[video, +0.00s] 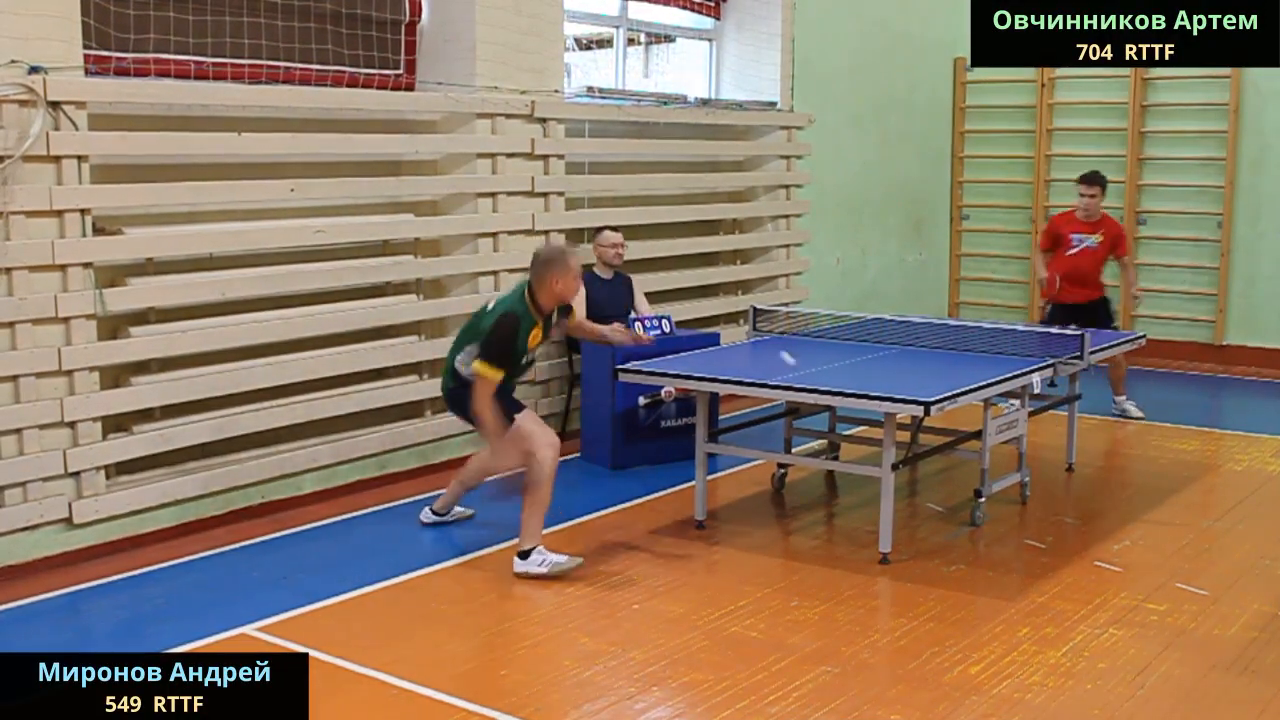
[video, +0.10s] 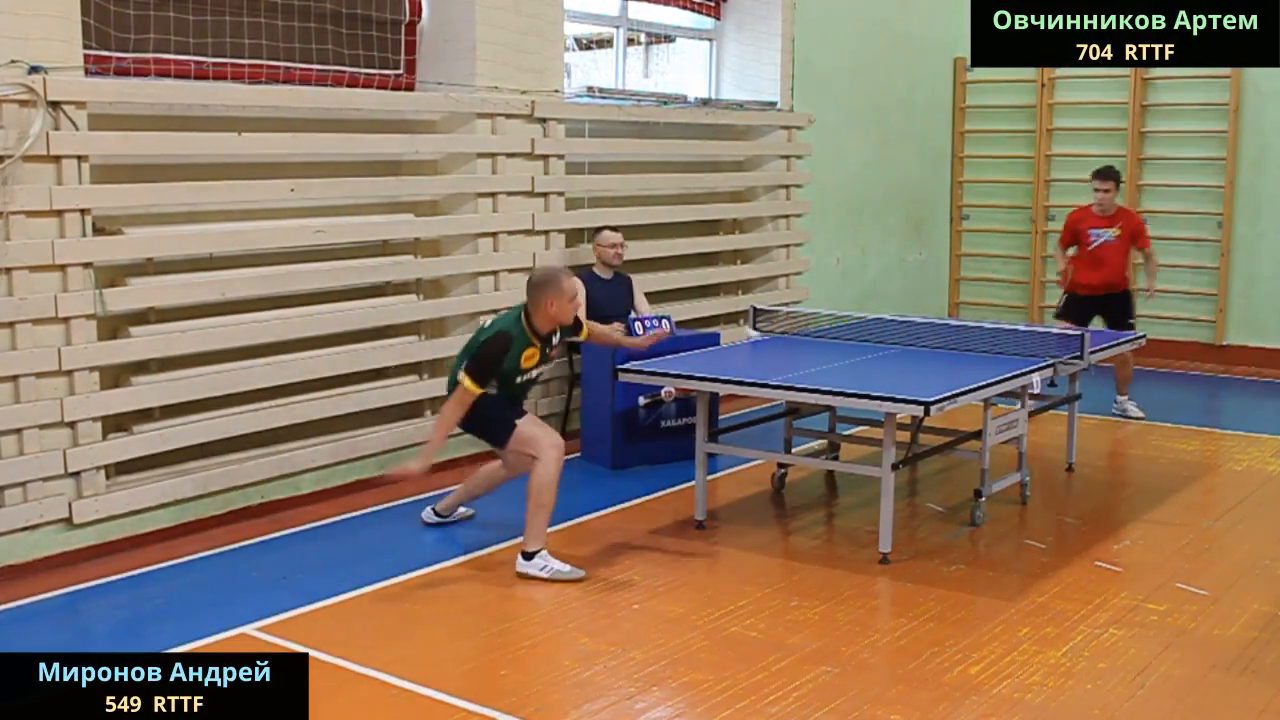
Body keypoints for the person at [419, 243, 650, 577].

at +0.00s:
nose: (580, 282)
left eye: (579, 275)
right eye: (576, 276)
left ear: (555, 282)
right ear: (556, 283)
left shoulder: (553, 302)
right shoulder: (512, 320)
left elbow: (571, 326)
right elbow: (481, 394)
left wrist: (609, 334)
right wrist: (499, 446)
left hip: (491, 383)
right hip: (466, 390)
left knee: (508, 450)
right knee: (546, 445)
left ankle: (441, 507)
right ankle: (529, 551)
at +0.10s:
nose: (579, 305)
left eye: (578, 298)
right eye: (573, 300)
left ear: (553, 305)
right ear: (550, 306)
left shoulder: (558, 321)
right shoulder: (503, 339)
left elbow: (591, 331)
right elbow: (457, 402)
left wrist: (630, 342)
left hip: (503, 396)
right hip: (474, 401)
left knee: (517, 463)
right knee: (549, 445)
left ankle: (443, 509)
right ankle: (533, 553)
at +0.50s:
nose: (546, 242)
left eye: (542, 239)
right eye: (540, 238)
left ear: (503, 256)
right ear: (532, 250)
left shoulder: (489, 294)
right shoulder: (525, 285)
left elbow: (457, 338)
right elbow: (564, 218)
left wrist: (434, 362)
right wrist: (547, 196)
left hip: (458, 411)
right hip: (492, 415)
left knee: (485, 445)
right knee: (585, 458)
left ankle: (455, 507)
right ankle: (539, 552)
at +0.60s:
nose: (525, 228)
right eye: (520, 224)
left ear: (483, 236)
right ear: (515, 233)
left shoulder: (463, 282)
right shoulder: (508, 255)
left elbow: (421, 333)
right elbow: (546, 188)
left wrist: (395, 379)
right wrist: (516, 198)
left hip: (449, 391)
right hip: (491, 391)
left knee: (461, 436)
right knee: (580, 455)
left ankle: (423, 514)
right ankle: (538, 553)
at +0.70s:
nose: (510, 228)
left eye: (506, 223)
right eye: (506, 223)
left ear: (468, 229)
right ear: (495, 225)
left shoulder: (442, 273)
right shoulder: (500, 243)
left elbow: (405, 336)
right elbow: (547, 192)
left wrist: (391, 383)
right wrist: (518, 185)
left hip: (438, 389)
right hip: (485, 386)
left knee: (431, 457)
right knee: (564, 455)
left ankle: (372, 536)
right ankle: (537, 558)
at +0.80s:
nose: (497, 227)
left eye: (494, 221)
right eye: (493, 222)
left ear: (454, 229)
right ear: (476, 225)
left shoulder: (427, 268)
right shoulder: (488, 246)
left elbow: (395, 337)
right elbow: (546, 207)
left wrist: (394, 382)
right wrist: (531, 182)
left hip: (421, 385)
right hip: (468, 382)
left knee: (414, 452)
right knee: (548, 454)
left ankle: (369, 541)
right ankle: (536, 557)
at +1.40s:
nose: (485, 181)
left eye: (483, 174)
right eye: (481, 174)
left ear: (447, 178)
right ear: (464, 178)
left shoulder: (417, 216)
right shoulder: (452, 226)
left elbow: (421, 288)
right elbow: (431, 296)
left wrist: (477, 302)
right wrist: (482, 304)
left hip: (402, 351)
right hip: (440, 355)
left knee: (394, 443)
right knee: (471, 450)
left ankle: (367, 539)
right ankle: (444, 557)